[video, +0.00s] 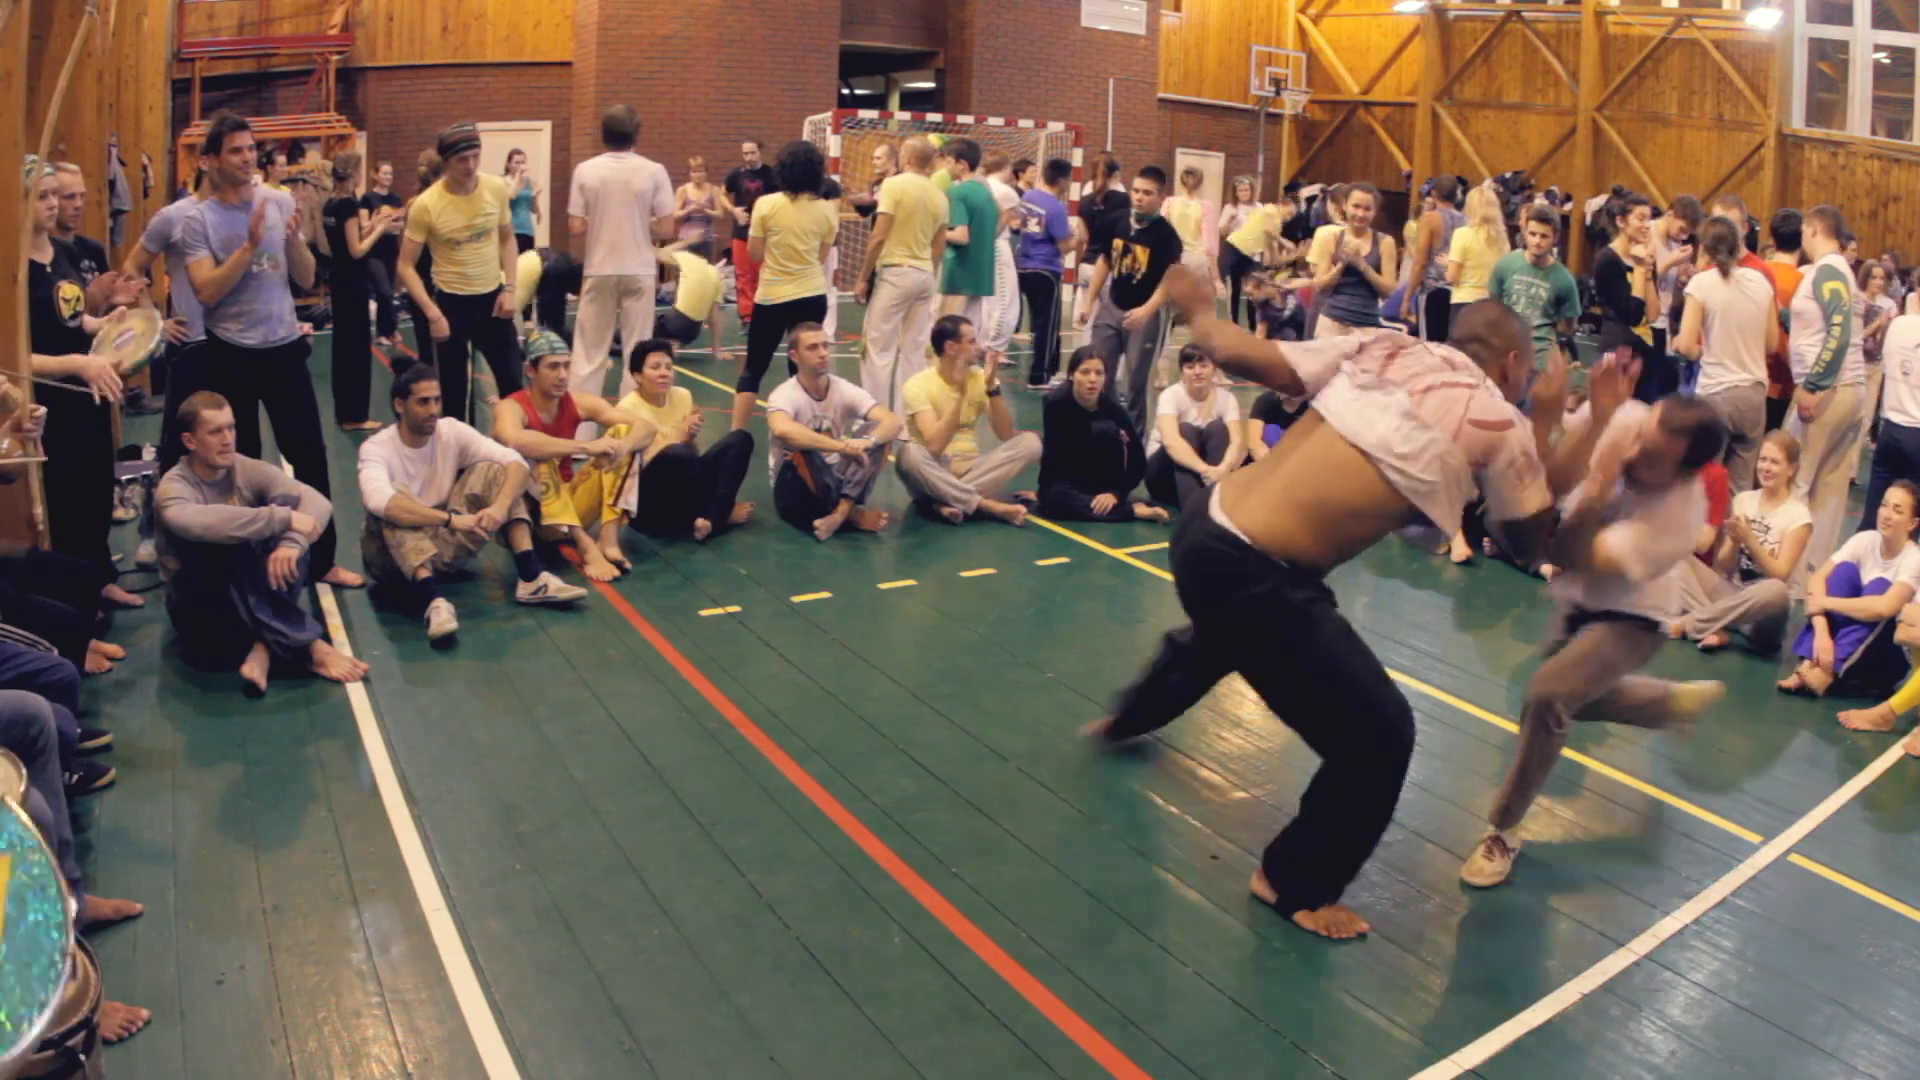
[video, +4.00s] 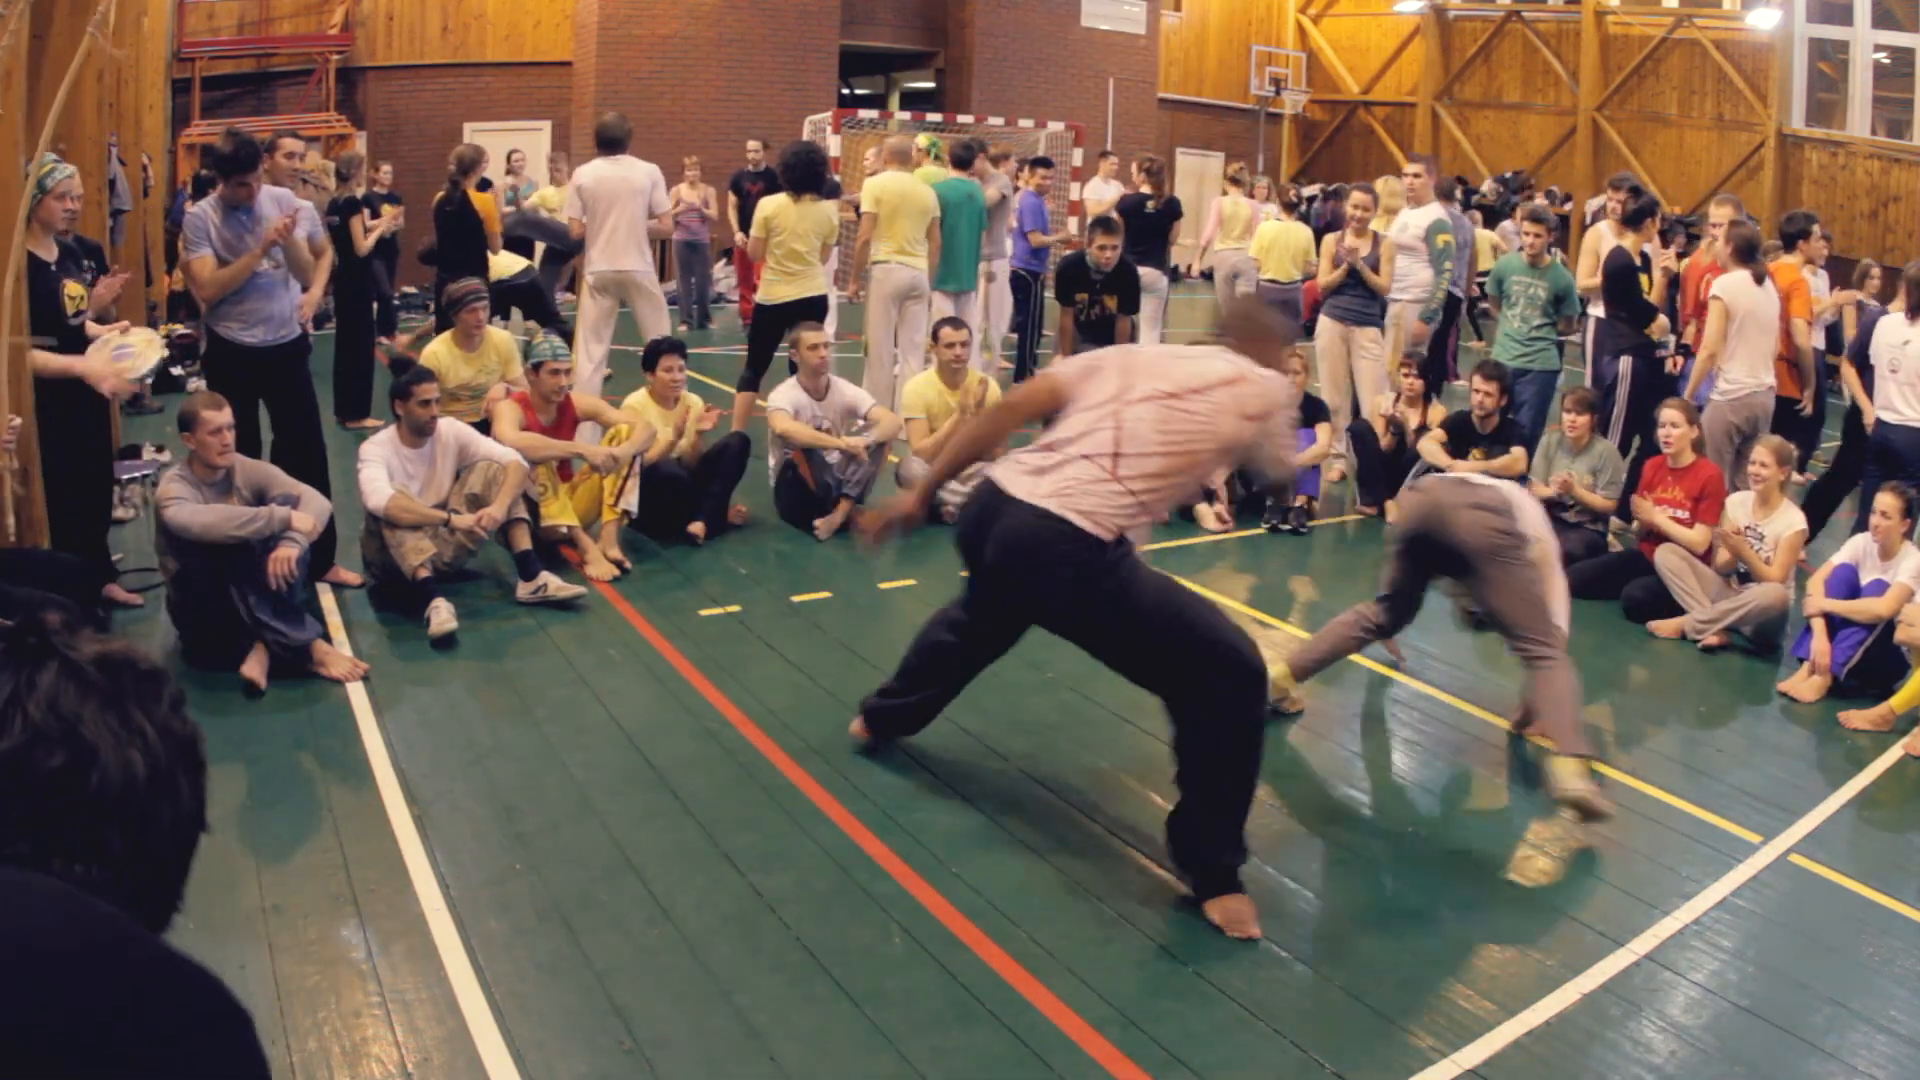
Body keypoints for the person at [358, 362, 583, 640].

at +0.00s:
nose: (433, 410)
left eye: (437, 401)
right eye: (423, 402)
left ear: (442, 400)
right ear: (399, 405)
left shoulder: (451, 430)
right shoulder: (376, 449)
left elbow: (517, 464)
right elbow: (379, 502)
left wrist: (500, 508)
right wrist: (451, 519)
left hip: (450, 548)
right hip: (398, 555)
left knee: (491, 471)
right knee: (396, 498)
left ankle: (531, 577)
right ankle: (434, 601)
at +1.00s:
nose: (431, 409)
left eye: (434, 400)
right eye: (420, 402)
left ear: (439, 399)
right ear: (397, 405)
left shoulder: (449, 430)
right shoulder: (375, 449)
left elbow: (515, 463)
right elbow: (379, 502)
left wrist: (500, 508)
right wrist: (449, 519)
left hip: (448, 548)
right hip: (398, 553)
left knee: (491, 470)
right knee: (395, 498)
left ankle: (532, 577)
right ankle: (435, 602)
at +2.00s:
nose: (432, 410)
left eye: (436, 401)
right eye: (422, 403)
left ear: (440, 400)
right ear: (398, 406)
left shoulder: (450, 431)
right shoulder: (376, 449)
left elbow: (516, 463)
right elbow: (380, 502)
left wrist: (500, 508)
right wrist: (449, 519)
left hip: (448, 547)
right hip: (397, 553)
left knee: (492, 470)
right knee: (395, 498)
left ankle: (532, 576)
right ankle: (434, 602)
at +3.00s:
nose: (434, 410)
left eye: (436, 401)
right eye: (424, 402)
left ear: (441, 400)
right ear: (398, 406)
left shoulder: (450, 430)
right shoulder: (375, 449)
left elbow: (516, 463)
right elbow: (380, 502)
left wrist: (500, 508)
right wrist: (449, 519)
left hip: (449, 546)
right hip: (398, 553)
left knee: (492, 470)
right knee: (395, 499)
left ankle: (532, 576)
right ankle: (435, 601)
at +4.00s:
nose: (434, 412)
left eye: (437, 402)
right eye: (424, 404)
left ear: (441, 401)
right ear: (399, 407)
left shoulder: (450, 430)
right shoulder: (375, 449)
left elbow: (516, 463)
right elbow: (380, 502)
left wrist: (500, 508)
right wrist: (449, 519)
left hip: (450, 545)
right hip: (399, 550)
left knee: (493, 469)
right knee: (395, 500)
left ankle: (532, 577)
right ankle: (434, 602)